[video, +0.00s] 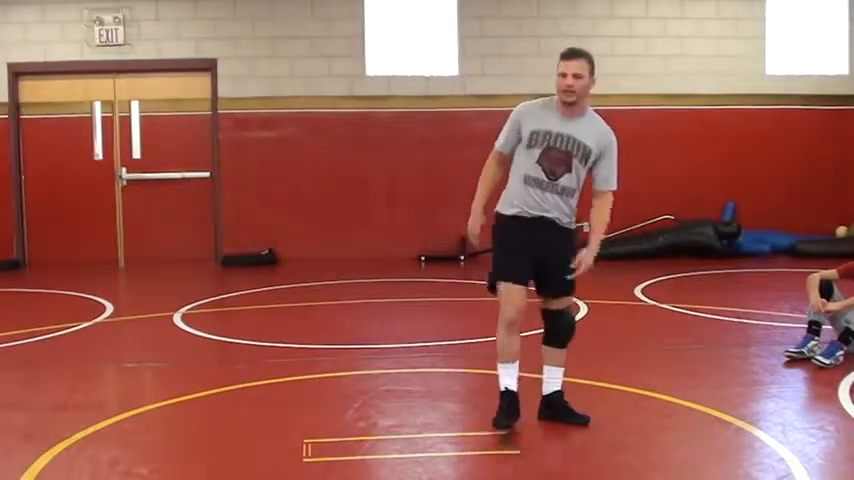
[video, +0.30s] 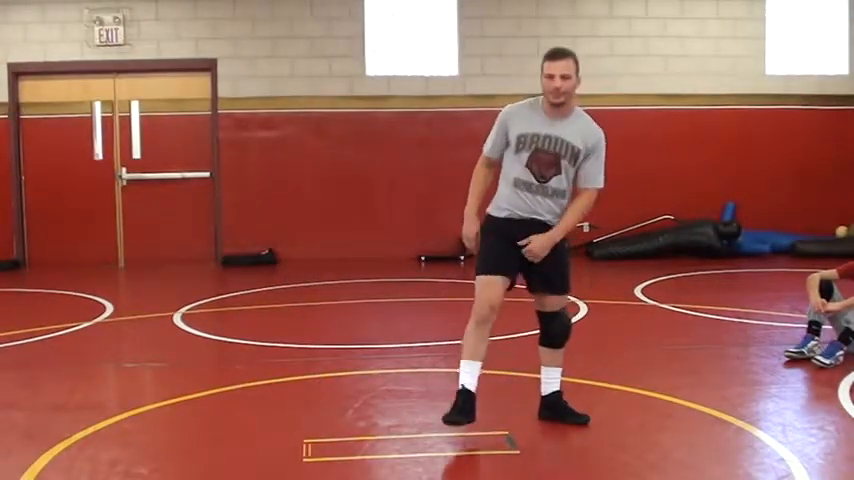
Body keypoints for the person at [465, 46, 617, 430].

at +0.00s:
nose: (568, 83)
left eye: (577, 76)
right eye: (563, 75)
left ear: (591, 82)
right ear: (555, 78)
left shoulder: (602, 137)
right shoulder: (525, 114)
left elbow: (603, 197)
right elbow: (496, 162)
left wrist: (593, 246)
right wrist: (476, 213)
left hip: (558, 230)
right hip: (513, 223)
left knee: (561, 318)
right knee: (512, 314)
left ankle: (551, 398)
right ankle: (508, 396)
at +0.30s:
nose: (557, 84)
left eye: (565, 78)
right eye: (550, 77)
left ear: (577, 82)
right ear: (541, 79)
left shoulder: (590, 134)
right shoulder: (512, 116)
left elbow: (588, 195)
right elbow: (486, 166)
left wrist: (553, 237)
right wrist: (471, 216)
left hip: (550, 231)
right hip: (503, 224)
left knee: (555, 324)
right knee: (484, 311)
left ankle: (551, 399)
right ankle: (465, 395)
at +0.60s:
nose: (497, 92)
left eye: (506, 85)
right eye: (493, 84)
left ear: (527, 86)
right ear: (488, 84)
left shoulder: (552, 132)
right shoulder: (468, 127)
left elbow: (566, 190)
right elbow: (447, 183)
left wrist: (566, 246)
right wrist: (440, 237)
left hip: (526, 241)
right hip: (476, 240)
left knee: (543, 325)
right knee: (465, 327)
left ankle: (549, 400)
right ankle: (453, 415)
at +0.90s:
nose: (437, 85)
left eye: (445, 78)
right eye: (435, 78)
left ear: (469, 80)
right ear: (435, 80)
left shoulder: (505, 119)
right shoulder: (422, 130)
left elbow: (526, 174)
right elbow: (413, 190)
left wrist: (540, 228)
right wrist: (438, 243)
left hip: (496, 234)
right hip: (447, 238)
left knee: (531, 324)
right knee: (448, 327)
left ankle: (528, 395)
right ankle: (449, 418)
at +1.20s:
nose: (409, 81)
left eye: (417, 74)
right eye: (408, 74)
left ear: (442, 76)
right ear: (412, 78)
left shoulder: (483, 118)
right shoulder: (400, 131)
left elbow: (505, 173)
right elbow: (395, 194)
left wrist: (519, 228)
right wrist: (408, 247)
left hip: (477, 234)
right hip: (428, 239)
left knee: (513, 326)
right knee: (438, 328)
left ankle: (507, 390)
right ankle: (448, 417)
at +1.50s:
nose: (403, 84)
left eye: (410, 75)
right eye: (399, 77)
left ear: (434, 76)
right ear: (397, 82)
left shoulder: (470, 119)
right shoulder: (389, 133)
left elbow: (487, 179)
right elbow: (374, 191)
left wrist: (488, 233)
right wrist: (366, 251)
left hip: (464, 234)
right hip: (417, 239)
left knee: (482, 335)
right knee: (433, 330)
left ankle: (422, 375)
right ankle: (447, 418)